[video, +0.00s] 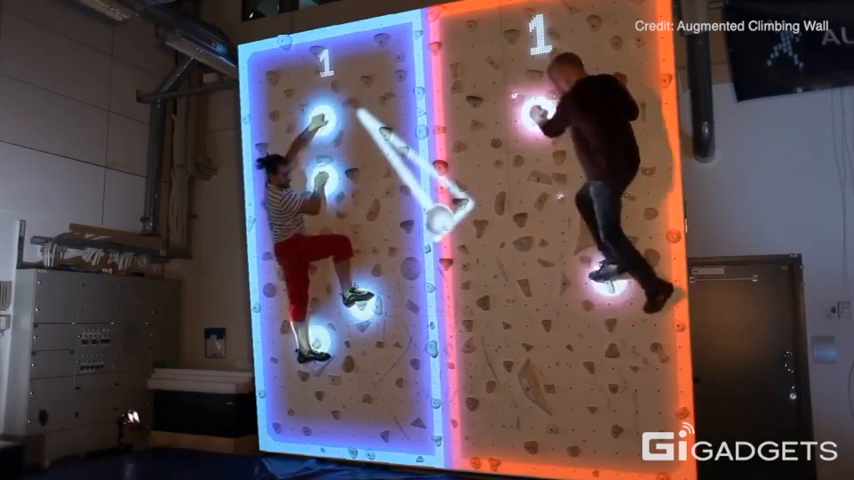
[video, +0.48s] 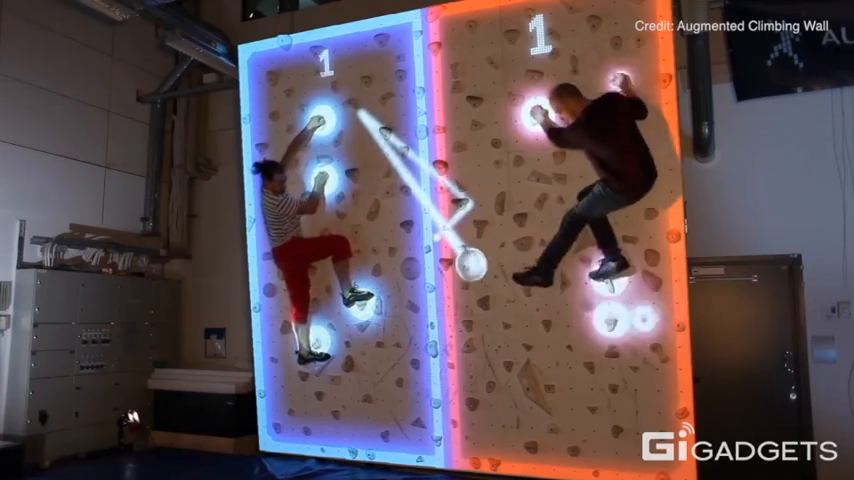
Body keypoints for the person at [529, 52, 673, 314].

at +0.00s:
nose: (556, 88)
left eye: (556, 81)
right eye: (554, 83)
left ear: (565, 76)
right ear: (579, 69)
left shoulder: (573, 99)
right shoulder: (608, 84)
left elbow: (552, 129)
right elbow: (632, 112)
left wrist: (539, 117)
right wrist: (621, 87)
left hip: (607, 173)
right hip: (629, 165)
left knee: (610, 235)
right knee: (584, 200)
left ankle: (655, 287)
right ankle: (614, 259)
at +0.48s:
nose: (560, 117)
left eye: (559, 111)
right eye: (557, 113)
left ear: (568, 105)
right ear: (578, 95)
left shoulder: (582, 129)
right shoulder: (611, 101)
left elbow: (559, 139)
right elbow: (641, 112)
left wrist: (544, 122)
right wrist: (630, 93)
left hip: (625, 188)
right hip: (647, 173)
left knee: (573, 218)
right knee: (586, 198)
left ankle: (543, 271)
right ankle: (614, 259)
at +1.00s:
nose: (557, 112)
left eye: (556, 108)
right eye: (555, 108)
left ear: (562, 107)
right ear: (577, 92)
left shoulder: (575, 129)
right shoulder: (608, 101)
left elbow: (556, 138)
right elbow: (640, 112)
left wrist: (543, 121)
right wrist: (630, 91)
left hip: (617, 190)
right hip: (640, 176)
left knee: (569, 222)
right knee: (580, 199)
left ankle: (543, 276)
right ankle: (613, 258)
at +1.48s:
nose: (549, 139)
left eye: (548, 134)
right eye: (547, 134)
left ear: (555, 129)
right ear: (569, 120)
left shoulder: (567, 154)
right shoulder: (599, 126)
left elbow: (550, 155)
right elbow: (628, 119)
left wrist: (542, 131)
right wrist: (625, 94)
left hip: (609, 214)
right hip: (630, 199)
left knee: (586, 273)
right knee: (572, 205)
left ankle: (584, 333)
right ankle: (611, 259)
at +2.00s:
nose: (539, 161)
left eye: (538, 157)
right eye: (539, 155)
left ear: (543, 158)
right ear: (560, 145)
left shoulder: (551, 176)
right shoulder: (587, 150)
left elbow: (543, 152)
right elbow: (614, 126)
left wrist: (542, 126)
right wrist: (621, 95)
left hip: (597, 236)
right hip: (619, 220)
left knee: (580, 291)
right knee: (562, 215)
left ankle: (571, 357)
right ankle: (608, 261)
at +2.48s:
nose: (539, 115)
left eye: (538, 110)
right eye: (537, 111)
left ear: (548, 105)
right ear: (560, 98)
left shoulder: (555, 131)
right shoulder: (588, 109)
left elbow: (546, 147)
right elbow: (620, 118)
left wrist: (539, 125)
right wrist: (622, 93)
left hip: (592, 200)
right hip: (615, 188)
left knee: (553, 235)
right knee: (574, 214)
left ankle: (581, 294)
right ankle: (611, 261)